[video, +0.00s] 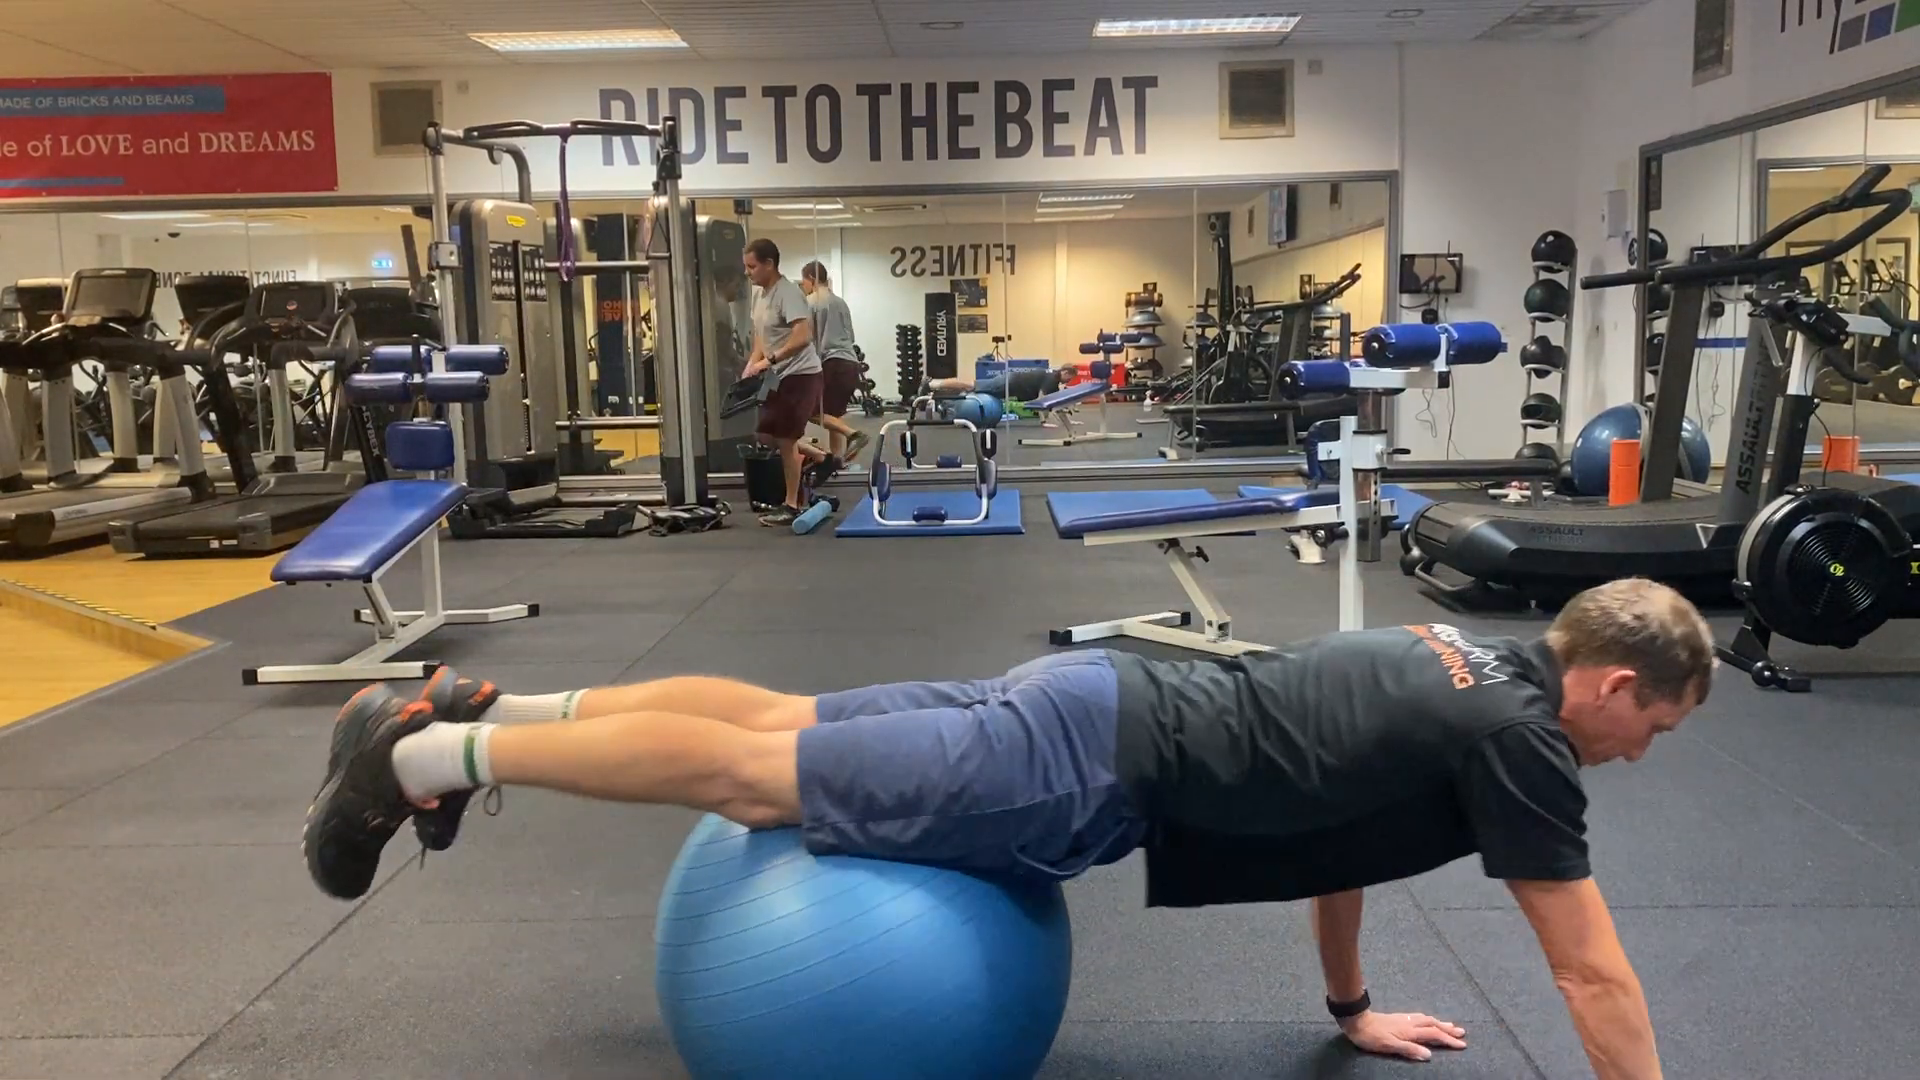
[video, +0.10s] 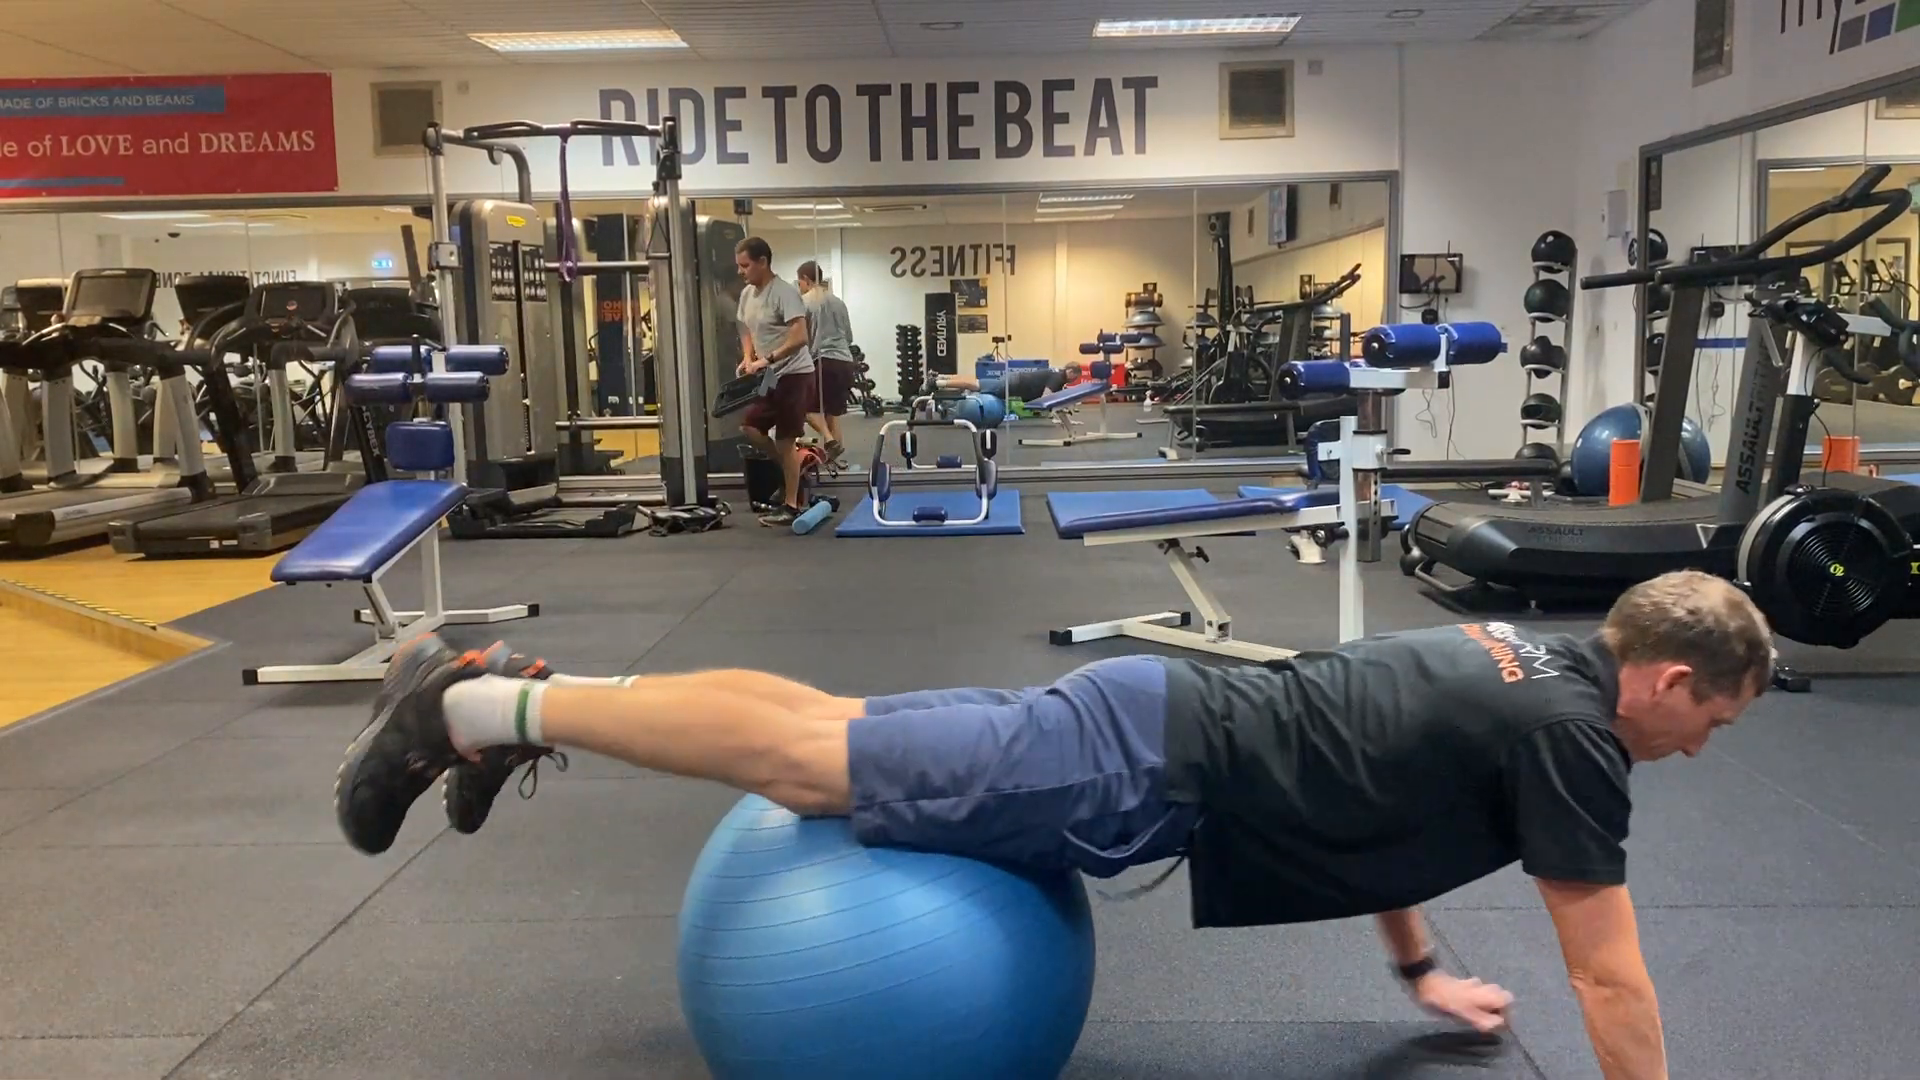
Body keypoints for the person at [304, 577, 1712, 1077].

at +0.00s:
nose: (1659, 740)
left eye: (1669, 717)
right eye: (1668, 716)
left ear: (1583, 653)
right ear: (1622, 690)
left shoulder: (1447, 674)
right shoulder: (1515, 745)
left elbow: (1334, 844)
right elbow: (1595, 980)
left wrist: (1349, 1008)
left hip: (1099, 712)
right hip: (1094, 751)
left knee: (774, 733)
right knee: (764, 771)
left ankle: (475, 714)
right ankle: (436, 748)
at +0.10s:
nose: (1721, 726)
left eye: (1728, 703)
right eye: (1728, 704)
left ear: (1641, 652)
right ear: (1678, 685)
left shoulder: (1517, 671)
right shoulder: (1567, 745)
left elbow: (1373, 808)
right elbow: (1614, 998)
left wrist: (1418, 966)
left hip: (1163, 717)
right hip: (1150, 748)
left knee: (836, 740)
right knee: (832, 758)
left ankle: (515, 691)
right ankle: (496, 706)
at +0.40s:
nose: (1784, 787)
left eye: (1799, 772)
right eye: (1800, 767)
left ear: (1755, 683)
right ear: (1777, 715)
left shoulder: (1619, 679)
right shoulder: (1679, 719)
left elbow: (1548, 853)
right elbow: (1640, 985)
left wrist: (1607, 984)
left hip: (1272, 670)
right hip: (1277, 671)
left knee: (957, 742)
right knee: (948, 794)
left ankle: (741, 537)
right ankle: (709, 569)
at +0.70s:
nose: (1748, 822)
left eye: (1769, 810)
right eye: (1771, 805)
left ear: (1736, 699)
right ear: (1755, 746)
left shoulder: (1618, 667)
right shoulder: (1668, 702)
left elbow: (1573, 846)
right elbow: (1659, 974)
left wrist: (1611, 987)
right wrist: (1671, 1079)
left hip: (1328, 417)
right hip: (1352, 456)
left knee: (1155, 696)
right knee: (1190, 764)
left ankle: (913, 571)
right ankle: (918, 594)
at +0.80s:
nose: (1728, 824)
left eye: (1747, 815)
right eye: (1752, 809)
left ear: (1722, 700)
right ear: (1738, 748)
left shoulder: (1611, 673)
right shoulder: (1658, 707)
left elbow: (1569, 861)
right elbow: (1645, 965)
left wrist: (1609, 977)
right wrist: (1669, 1075)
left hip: (1322, 413)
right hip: (1358, 451)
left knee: (1213, 712)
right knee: (1267, 784)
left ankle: (976, 640)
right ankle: (987, 644)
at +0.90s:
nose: (1739, 816)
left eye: (1758, 804)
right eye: (1759, 798)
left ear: (1724, 684)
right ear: (1744, 741)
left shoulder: (1616, 659)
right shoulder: (1658, 700)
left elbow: (1572, 855)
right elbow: (1662, 974)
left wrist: (1609, 982)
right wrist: (1678, 1071)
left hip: (1298, 431)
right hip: (1349, 478)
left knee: (1228, 731)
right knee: (1303, 813)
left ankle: (992, 688)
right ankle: (998, 735)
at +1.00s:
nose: (1745, 804)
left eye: (1765, 794)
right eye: (1766, 788)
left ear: (1729, 681)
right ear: (1750, 737)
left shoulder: (1620, 659)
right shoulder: (1662, 698)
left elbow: (1567, 842)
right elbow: (1669, 969)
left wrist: (1608, 983)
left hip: (1303, 441)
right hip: (1340, 489)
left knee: (1242, 746)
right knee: (1303, 829)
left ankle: (1019, 655)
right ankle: (989, 752)